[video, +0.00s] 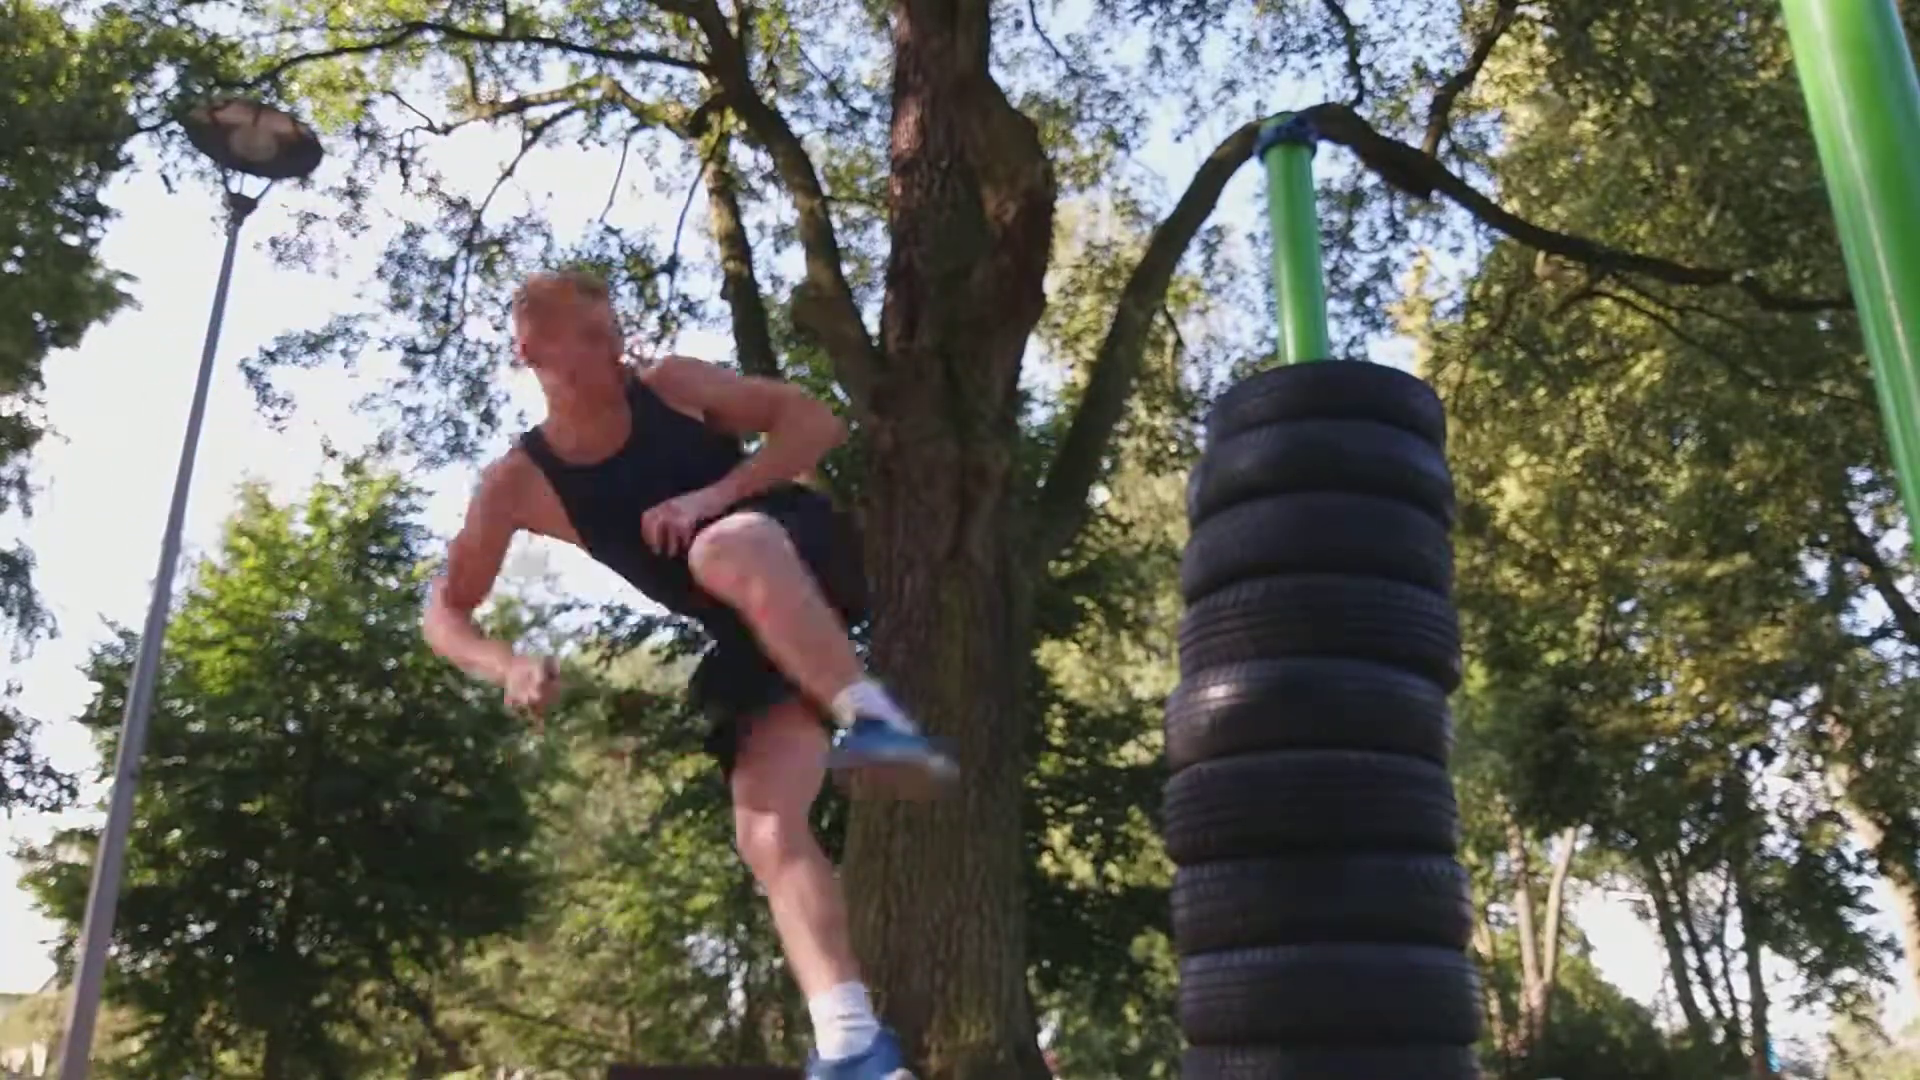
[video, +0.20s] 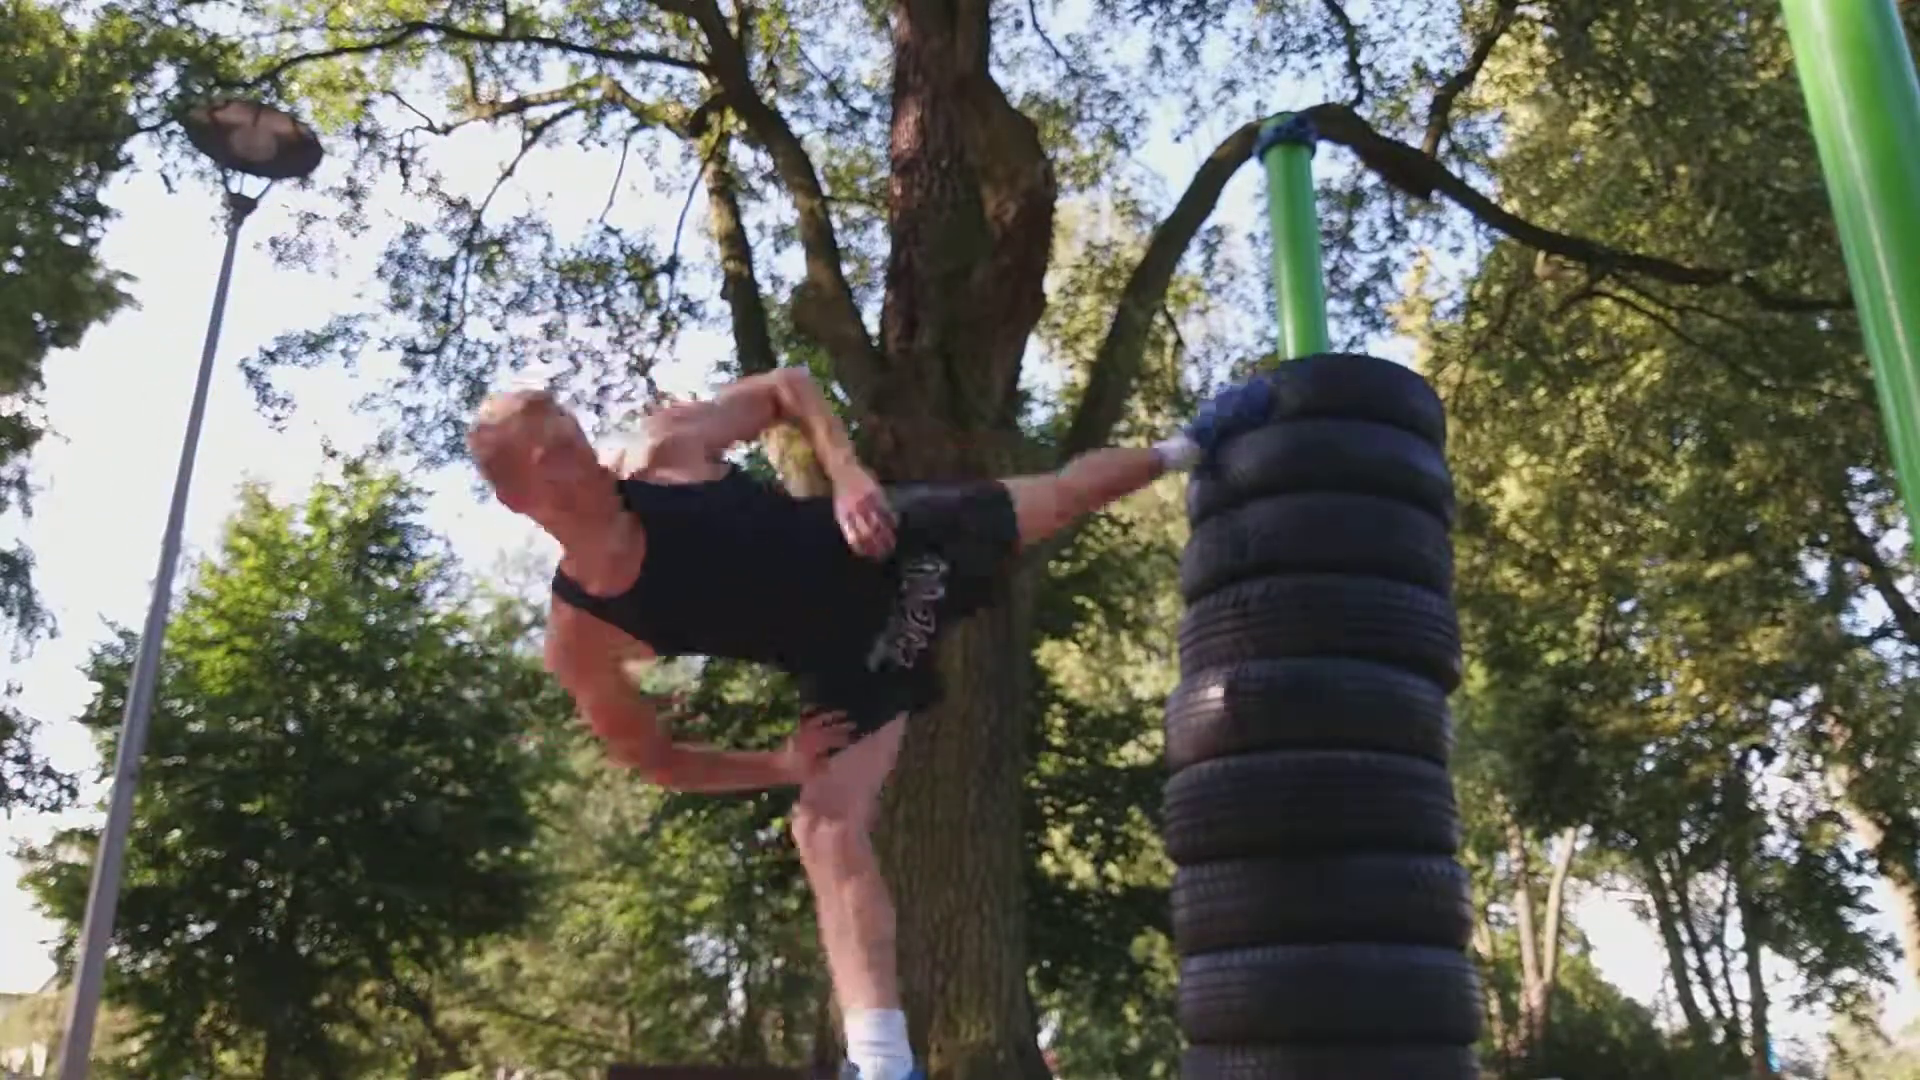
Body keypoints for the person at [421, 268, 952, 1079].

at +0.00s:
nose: (615, 348)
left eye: (612, 332)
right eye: (596, 337)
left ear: (615, 331)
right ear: (539, 356)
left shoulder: (672, 385)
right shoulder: (516, 484)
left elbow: (815, 422)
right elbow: (444, 616)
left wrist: (717, 494)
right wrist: (505, 667)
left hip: (808, 552)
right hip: (735, 624)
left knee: (721, 552)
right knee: (768, 827)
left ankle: (873, 719)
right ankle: (854, 1044)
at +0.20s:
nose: (582, 450)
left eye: (573, 433)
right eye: (555, 452)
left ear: (586, 431)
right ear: (520, 497)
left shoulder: (670, 448)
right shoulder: (578, 637)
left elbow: (786, 391)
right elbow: (654, 759)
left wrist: (846, 480)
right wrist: (782, 766)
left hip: (891, 545)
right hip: (852, 662)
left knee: (1070, 495)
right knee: (824, 829)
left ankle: (1187, 446)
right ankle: (881, 1060)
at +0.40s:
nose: (561, 512)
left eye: (560, 482)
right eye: (531, 508)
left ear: (583, 459)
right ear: (510, 530)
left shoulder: (686, 454)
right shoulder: (596, 645)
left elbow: (808, 394)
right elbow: (709, 744)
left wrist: (949, 395)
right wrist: (833, 775)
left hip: (914, 541)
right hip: (873, 658)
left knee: (1131, 497)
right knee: (900, 853)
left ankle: (1093, 446)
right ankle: (909, 1063)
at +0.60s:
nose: (551, 291)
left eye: (565, 267)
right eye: (528, 279)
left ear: (606, 268)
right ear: (512, 302)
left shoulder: (698, 312)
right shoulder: (552, 446)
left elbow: (861, 346)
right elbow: (601, 587)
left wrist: (851, 396)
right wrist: (670, 687)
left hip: (848, 503)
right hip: (780, 601)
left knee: (842, 590)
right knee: (849, 836)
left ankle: (1022, 821)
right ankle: (900, 1069)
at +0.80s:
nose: (542, 171)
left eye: (566, 150)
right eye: (525, 156)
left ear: (616, 166)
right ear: (511, 184)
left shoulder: (680, 251)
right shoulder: (562, 331)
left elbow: (723, 381)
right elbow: (499, 463)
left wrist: (528, 394)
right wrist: (344, 427)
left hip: (724, 547)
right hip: (650, 573)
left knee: (632, 733)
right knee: (727, 839)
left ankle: (565, 1051)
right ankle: (888, 1057)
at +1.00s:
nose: (524, 17)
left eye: (546, 4)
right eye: (498, 0)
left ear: (570, 31)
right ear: (452, 28)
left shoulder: (595, 118)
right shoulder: (471, 188)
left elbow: (551, 240)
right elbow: (473, 338)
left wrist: (372, 246)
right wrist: (381, 267)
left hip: (577, 454)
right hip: (474, 478)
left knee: (567, 695)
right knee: (313, 730)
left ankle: (563, 1047)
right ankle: (554, 937)